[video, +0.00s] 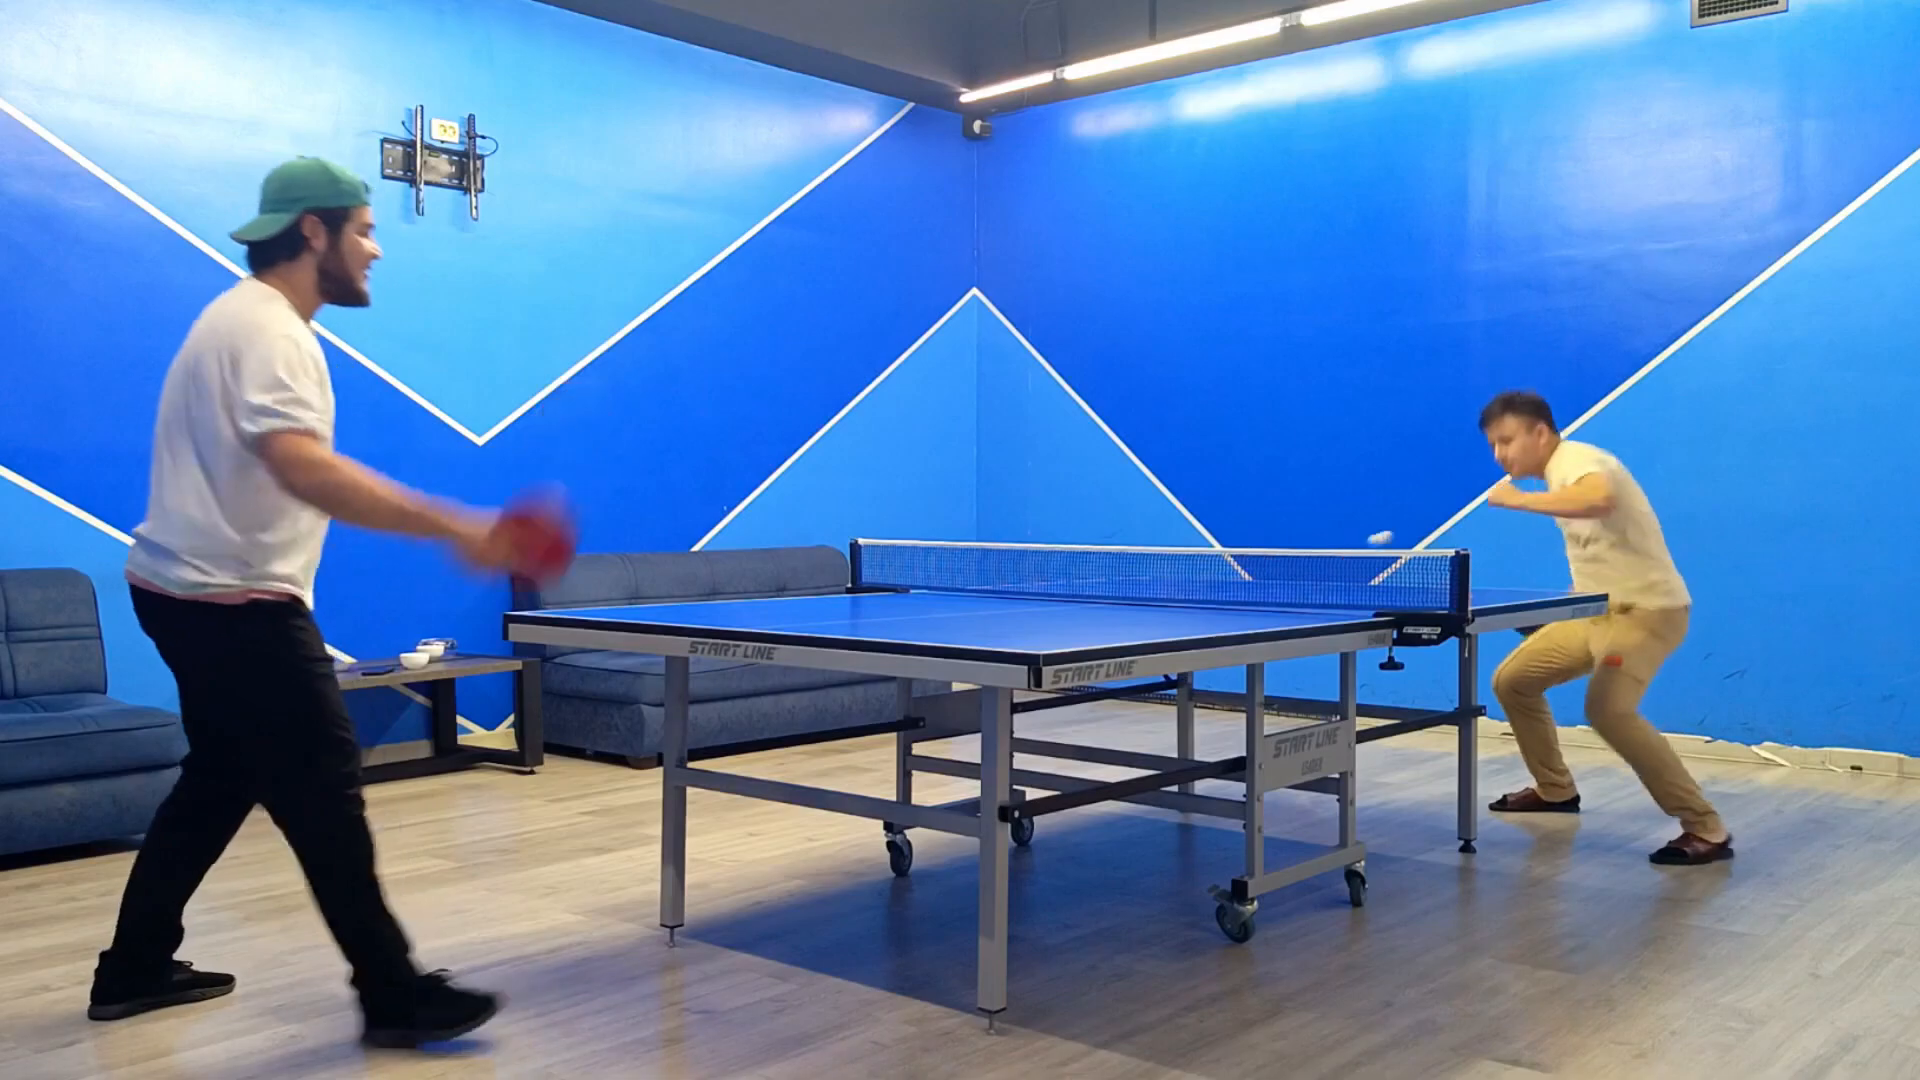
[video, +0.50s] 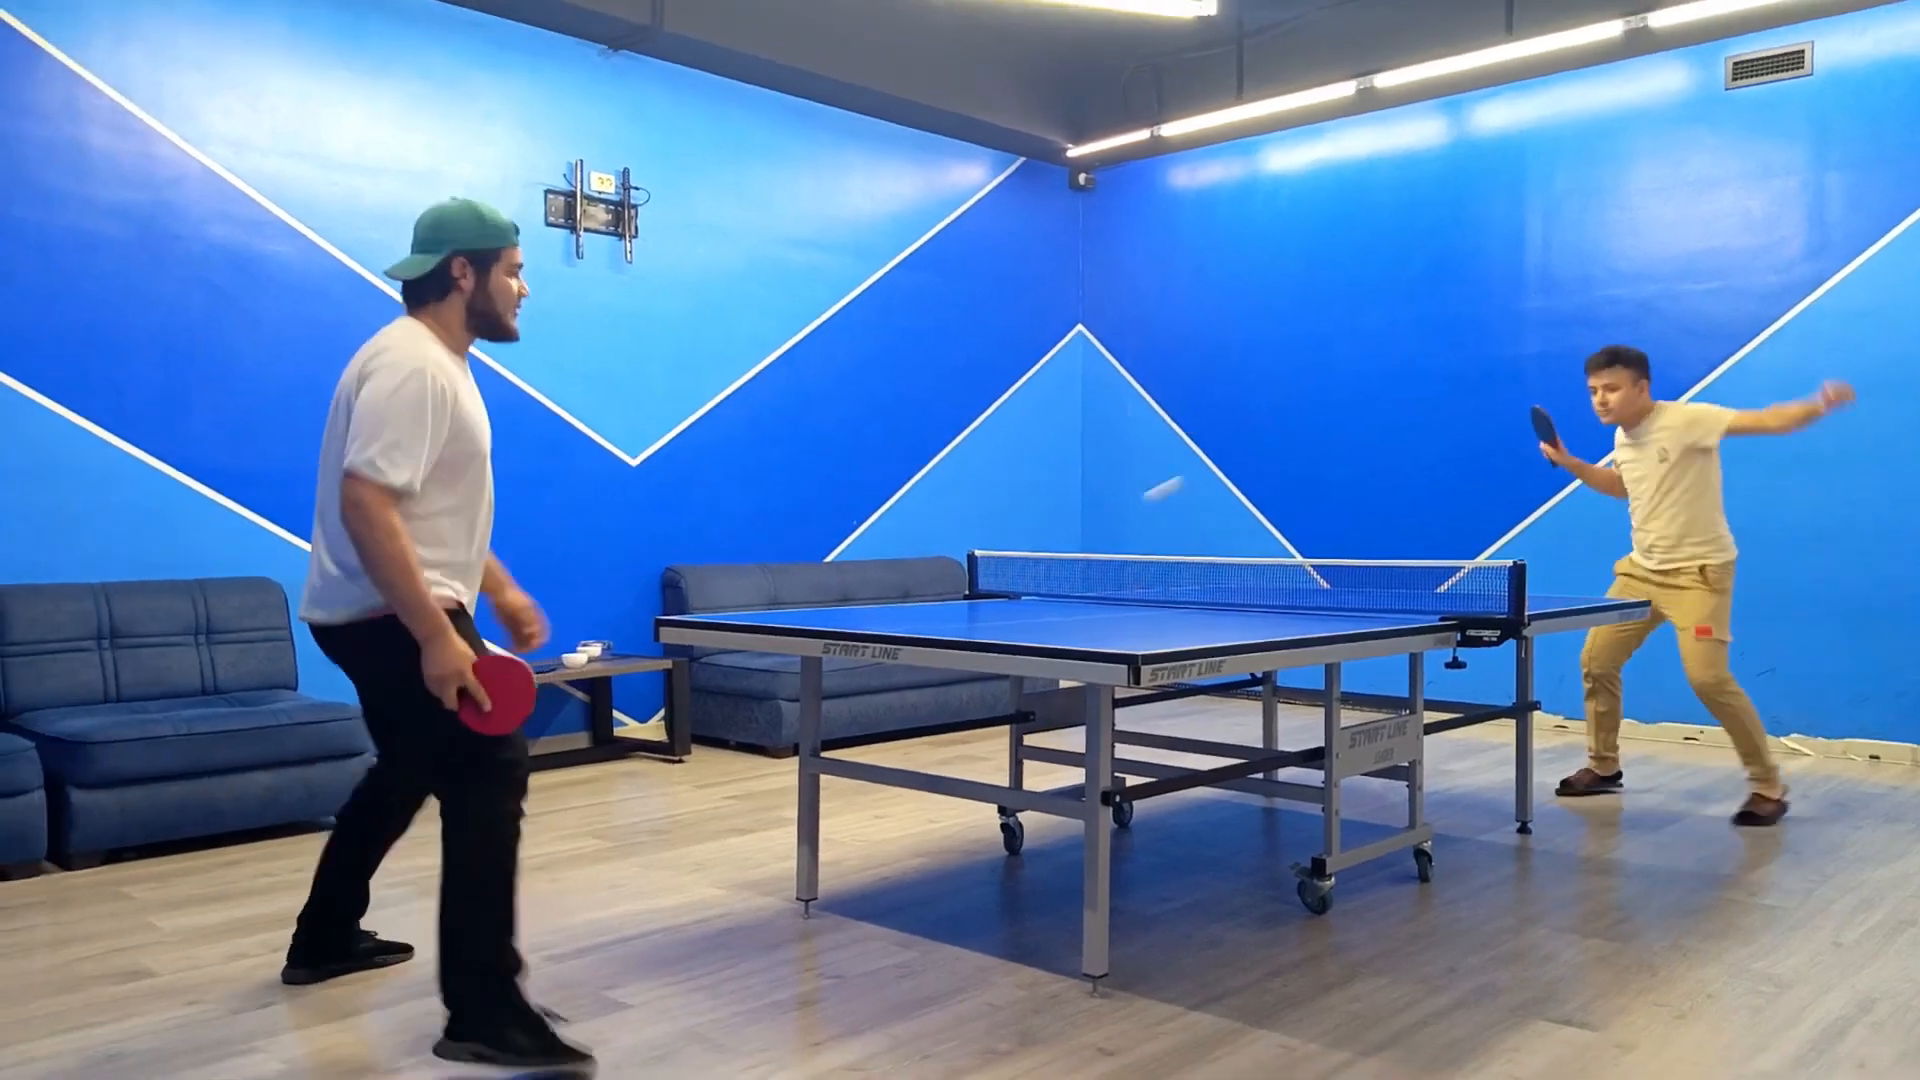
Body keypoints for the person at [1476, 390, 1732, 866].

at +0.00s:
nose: (1499, 456)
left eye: (1505, 442)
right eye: (1494, 447)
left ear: (1540, 432)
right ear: (1534, 439)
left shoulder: (1578, 459)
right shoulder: (1558, 473)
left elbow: (1599, 497)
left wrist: (1520, 499)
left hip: (1651, 610)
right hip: (1600, 610)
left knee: (1610, 710)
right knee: (1513, 681)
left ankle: (1707, 830)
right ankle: (1554, 789)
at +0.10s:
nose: (1507, 471)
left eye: (1513, 458)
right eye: (1504, 461)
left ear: (1549, 450)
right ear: (1544, 455)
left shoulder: (1583, 469)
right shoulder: (1564, 490)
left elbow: (1592, 494)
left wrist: (1510, 496)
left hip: (1649, 625)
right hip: (1602, 622)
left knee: (1592, 724)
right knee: (1509, 683)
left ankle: (1706, 830)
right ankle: (1554, 791)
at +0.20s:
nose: (1525, 463)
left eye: (1530, 449)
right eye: (1520, 455)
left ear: (1565, 438)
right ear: (1558, 447)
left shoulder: (1600, 470)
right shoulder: (1574, 504)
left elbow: (1633, 460)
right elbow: (1547, 570)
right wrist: (1484, 533)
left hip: (1654, 623)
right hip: (1611, 622)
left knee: (1598, 720)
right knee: (1512, 681)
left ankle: (1709, 829)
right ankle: (1557, 789)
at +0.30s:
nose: (1549, 432)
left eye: (1556, 419)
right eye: (1546, 423)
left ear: (1592, 414)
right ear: (1576, 423)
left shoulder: (1635, 441)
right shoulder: (1585, 479)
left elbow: (1706, 428)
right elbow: (1558, 534)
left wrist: (1680, 384)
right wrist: (1514, 492)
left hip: (1668, 595)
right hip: (1623, 604)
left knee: (1645, 692)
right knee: (1542, 674)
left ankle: (1723, 819)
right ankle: (1576, 779)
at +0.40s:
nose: (1575, 405)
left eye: (1585, 394)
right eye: (1570, 397)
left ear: (1618, 392)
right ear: (1573, 402)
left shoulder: (1662, 420)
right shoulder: (1604, 450)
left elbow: (1742, 412)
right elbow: (1592, 498)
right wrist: (1544, 469)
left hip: (1683, 574)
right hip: (1630, 578)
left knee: (1689, 679)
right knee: (1578, 666)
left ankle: (1734, 803)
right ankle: (1592, 773)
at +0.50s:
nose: (1599, 400)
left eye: (1609, 389)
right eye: (1594, 391)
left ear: (1642, 388)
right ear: (1593, 394)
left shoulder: (1688, 420)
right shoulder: (1623, 441)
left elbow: (1768, 419)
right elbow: (1622, 486)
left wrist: (1817, 406)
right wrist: (1571, 464)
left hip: (1700, 572)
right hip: (1643, 571)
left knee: (1708, 678)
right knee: (1597, 663)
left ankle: (1768, 788)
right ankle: (1604, 768)